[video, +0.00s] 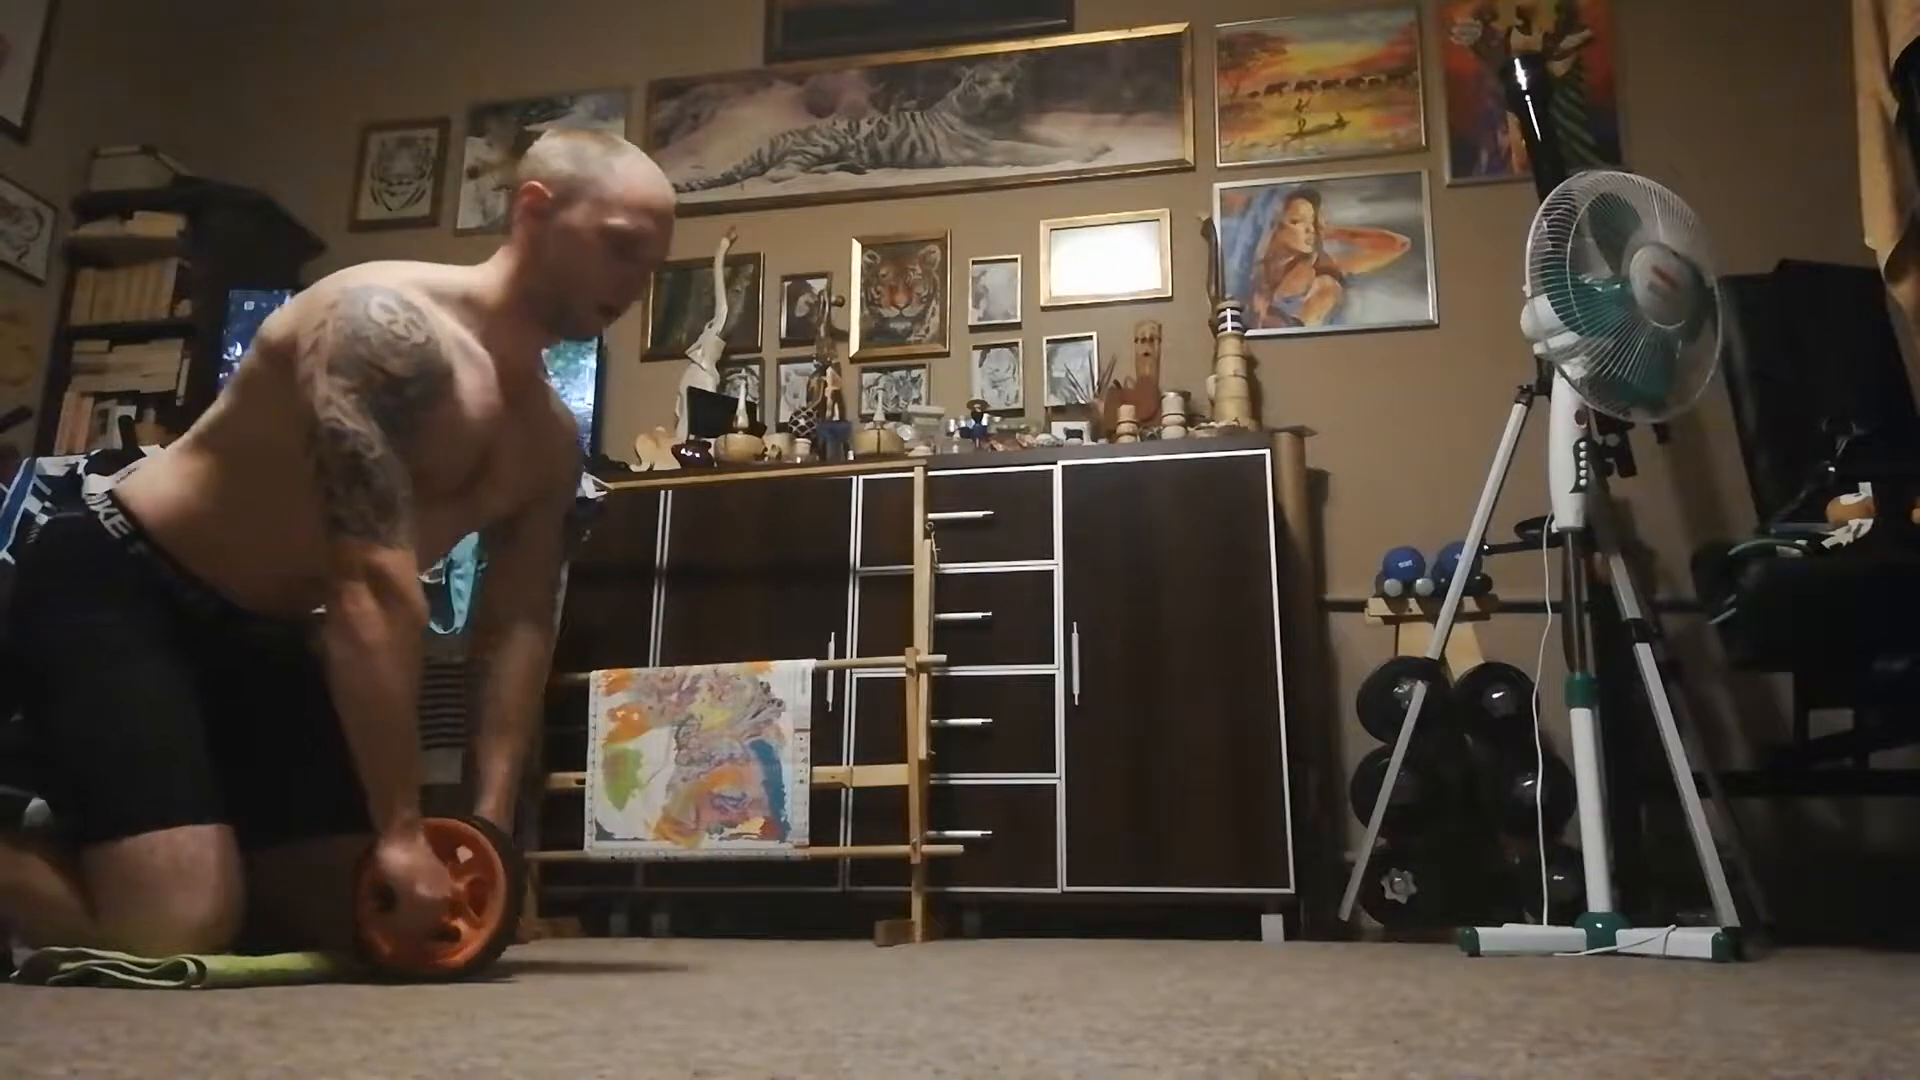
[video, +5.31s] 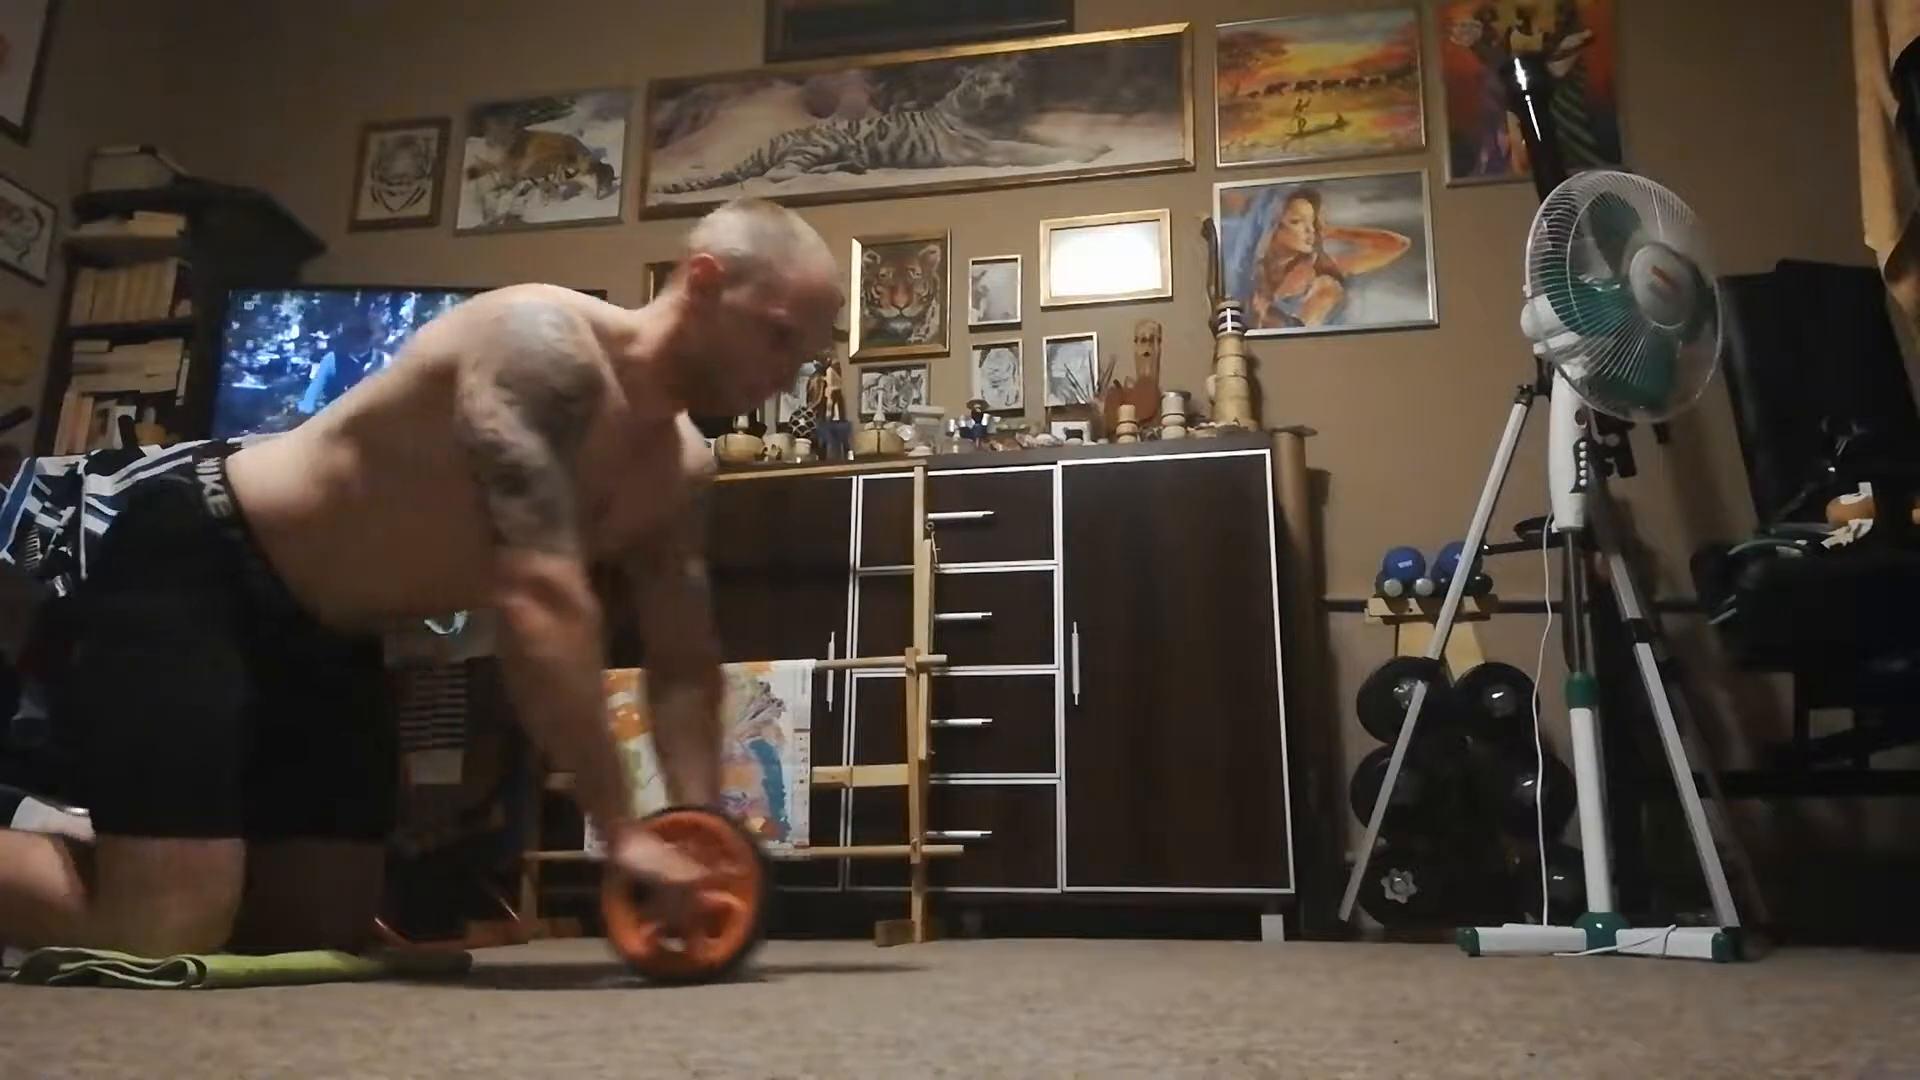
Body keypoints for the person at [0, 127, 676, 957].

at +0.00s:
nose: (637, 286)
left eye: (653, 266)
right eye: (623, 249)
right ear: (538, 209)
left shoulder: (551, 440)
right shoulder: (384, 326)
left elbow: (519, 627)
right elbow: (368, 593)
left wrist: (490, 829)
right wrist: (401, 833)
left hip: (265, 636)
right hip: (116, 579)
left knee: (345, 916)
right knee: (178, 929)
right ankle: (10, 850)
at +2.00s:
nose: (718, 374)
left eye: (736, 353)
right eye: (711, 339)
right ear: (636, 279)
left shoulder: (589, 468)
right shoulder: (448, 339)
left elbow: (542, 656)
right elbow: (390, 604)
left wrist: (497, 858)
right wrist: (400, 845)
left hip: (294, 632)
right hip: (154, 569)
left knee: (354, 913)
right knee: (172, 922)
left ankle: (140, 894)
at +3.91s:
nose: (719, 342)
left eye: (735, 318)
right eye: (706, 304)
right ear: (621, 256)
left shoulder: (613, 465)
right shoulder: (458, 338)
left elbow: (549, 663)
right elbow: (394, 602)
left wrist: (501, 864)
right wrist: (398, 850)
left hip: (292, 641)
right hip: (146, 575)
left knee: (357, 917)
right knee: (179, 924)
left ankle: (66, 863)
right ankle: (10, 863)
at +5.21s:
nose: (760, 369)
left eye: (777, 347)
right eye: (753, 330)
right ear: (672, 275)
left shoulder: (640, 471)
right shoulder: (496, 338)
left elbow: (631, 669)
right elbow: (470, 608)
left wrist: (625, 844)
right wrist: (538, 837)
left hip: (311, 645)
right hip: (169, 564)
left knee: (323, 932)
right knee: (166, 928)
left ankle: (48, 852)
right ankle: (11, 845)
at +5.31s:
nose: (791, 375)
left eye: (808, 356)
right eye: (784, 337)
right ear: (702, 282)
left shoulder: (672, 470)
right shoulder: (537, 340)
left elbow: (685, 669)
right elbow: (536, 602)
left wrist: (700, 832)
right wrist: (620, 830)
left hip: (326, 641)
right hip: (186, 559)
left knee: (324, 936)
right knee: (163, 929)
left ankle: (41, 838)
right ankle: (11, 829)